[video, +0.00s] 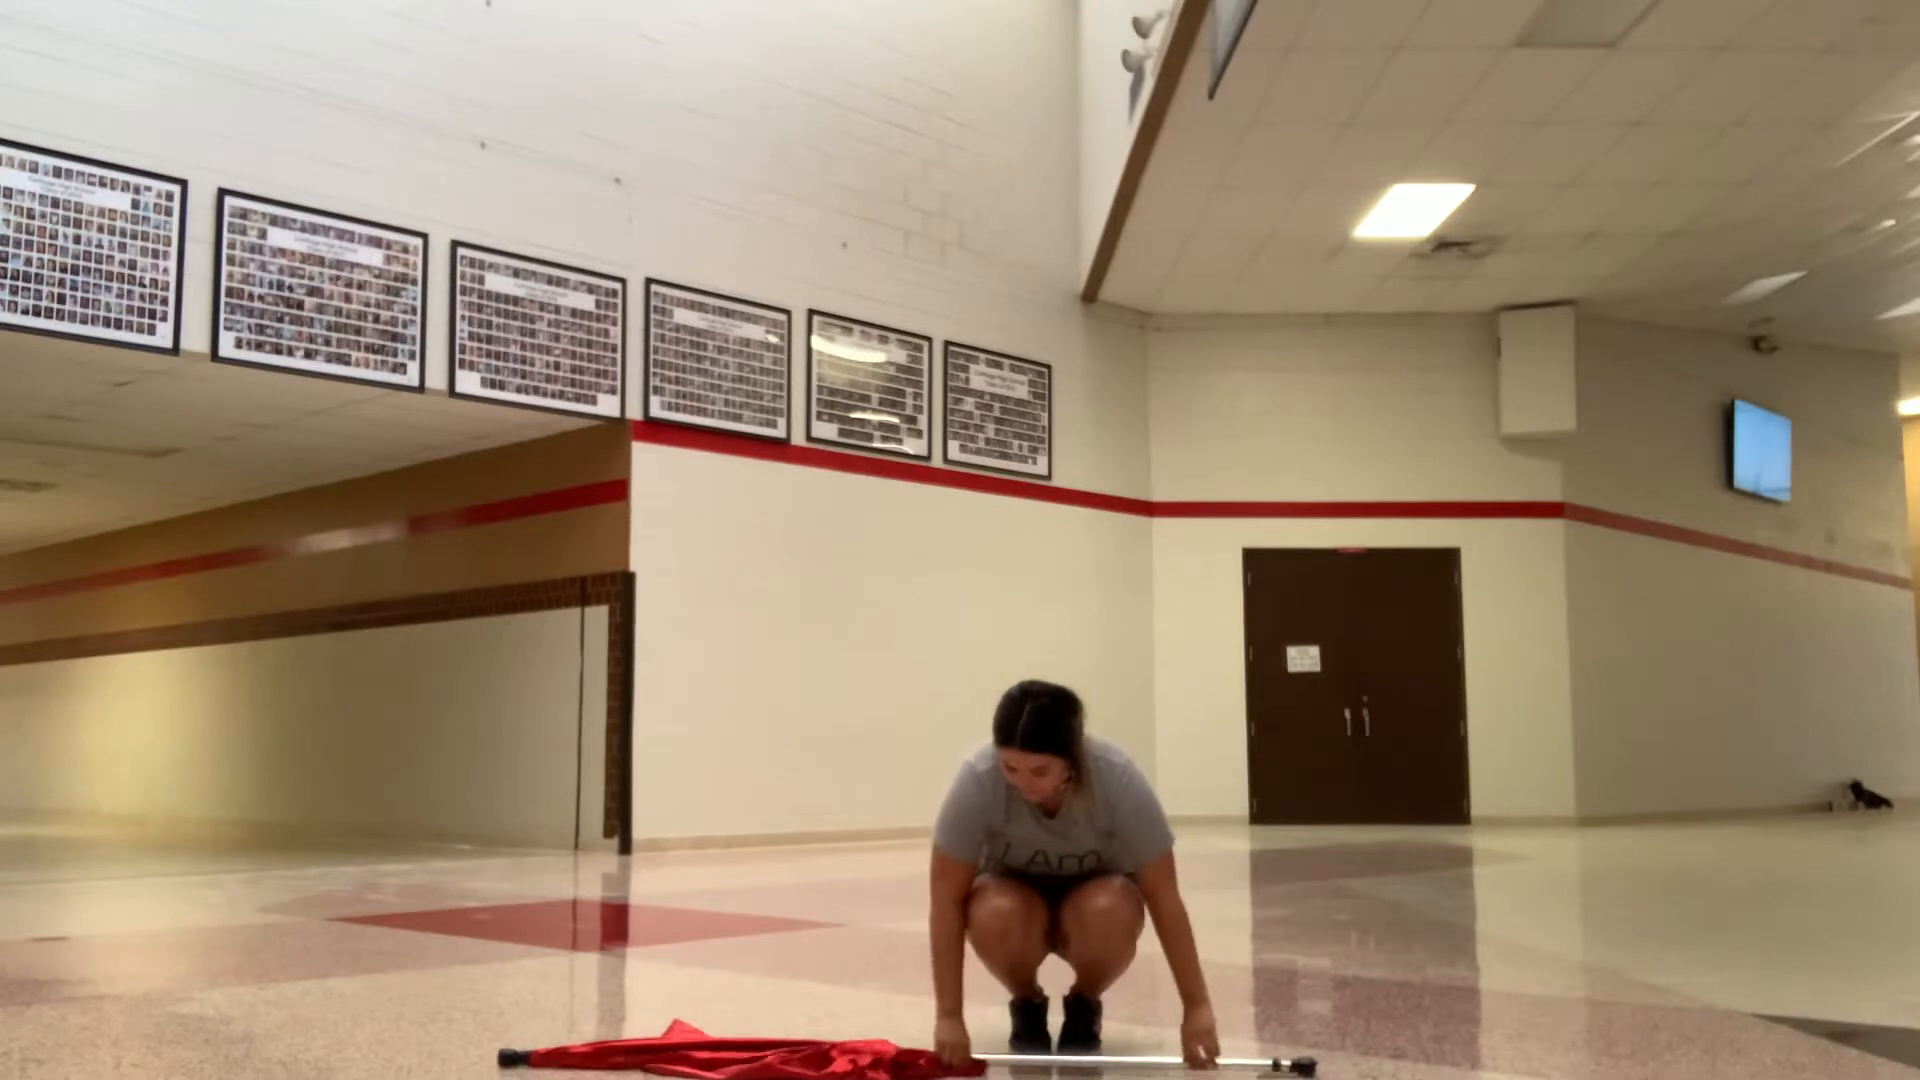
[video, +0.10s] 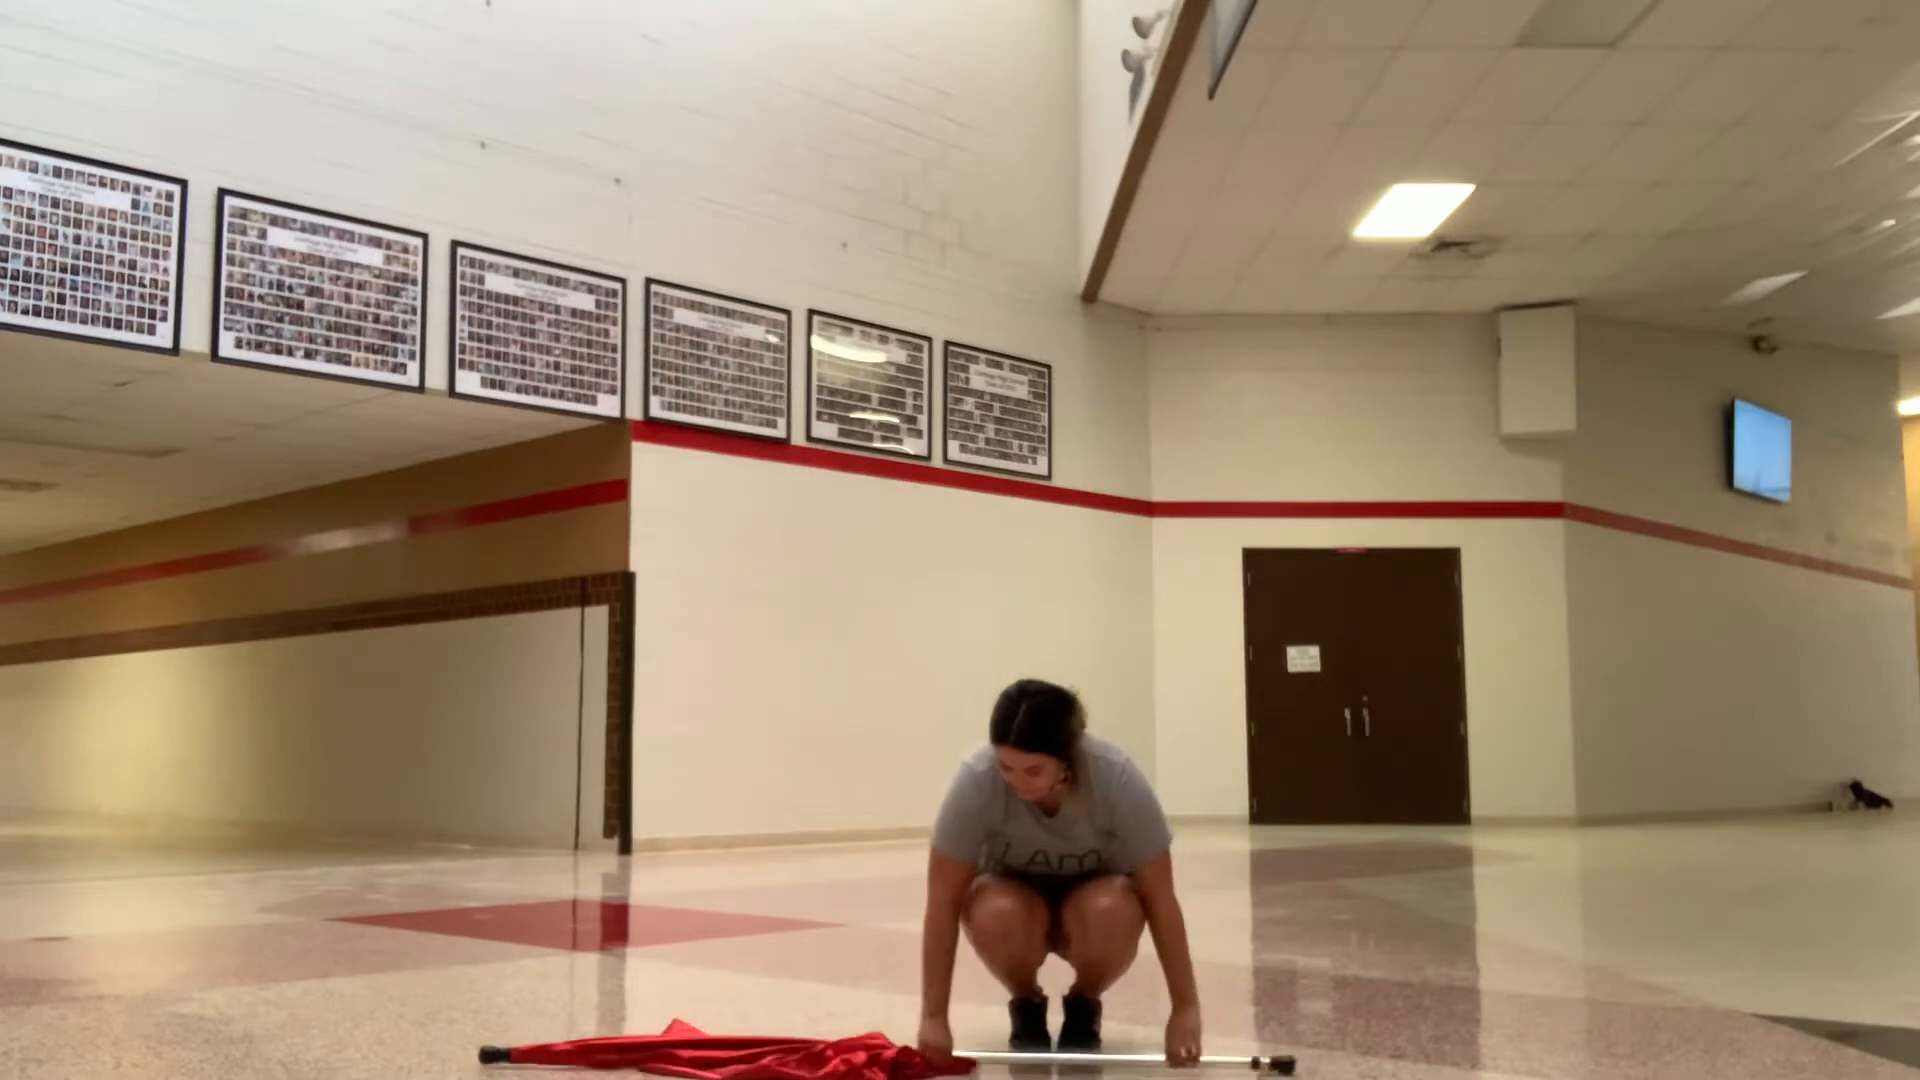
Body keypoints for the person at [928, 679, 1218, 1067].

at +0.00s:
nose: (1023, 784)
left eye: (1039, 772)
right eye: (1011, 769)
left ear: (1071, 757)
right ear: (999, 754)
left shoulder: (1119, 783)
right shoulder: (976, 783)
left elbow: (1164, 899)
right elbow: (946, 907)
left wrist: (1197, 1006)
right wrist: (949, 1016)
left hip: (1089, 909)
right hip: (1015, 909)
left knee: (1110, 909)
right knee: (995, 912)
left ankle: (1085, 1005)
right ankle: (1026, 1004)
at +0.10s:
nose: (1018, 782)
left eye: (1033, 771)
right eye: (1007, 768)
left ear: (1066, 757)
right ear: (996, 753)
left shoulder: (1119, 782)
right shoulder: (976, 783)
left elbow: (1160, 899)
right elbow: (943, 905)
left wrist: (1185, 1007)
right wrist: (934, 1016)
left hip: (1089, 911)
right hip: (1017, 909)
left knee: (1111, 909)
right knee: (996, 912)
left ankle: (1084, 1004)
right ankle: (1026, 1004)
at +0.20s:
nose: (1014, 781)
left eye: (1029, 771)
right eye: (1003, 767)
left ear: (1063, 760)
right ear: (994, 752)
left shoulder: (1118, 781)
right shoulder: (974, 787)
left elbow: (1159, 899)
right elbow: (935, 903)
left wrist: (1179, 1006)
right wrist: (920, 1014)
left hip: (1088, 910)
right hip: (1015, 909)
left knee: (1110, 909)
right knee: (997, 912)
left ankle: (1085, 1003)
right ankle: (1026, 1003)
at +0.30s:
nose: (1014, 783)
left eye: (1029, 772)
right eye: (1002, 769)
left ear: (1062, 761)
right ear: (992, 754)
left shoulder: (1116, 781)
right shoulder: (973, 786)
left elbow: (1157, 899)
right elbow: (934, 901)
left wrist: (1175, 1009)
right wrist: (916, 1013)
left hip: (1088, 910)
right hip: (1014, 909)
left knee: (1110, 909)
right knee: (997, 911)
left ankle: (1085, 1003)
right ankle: (1026, 1004)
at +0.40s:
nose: (1013, 785)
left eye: (1029, 775)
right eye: (1002, 771)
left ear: (1063, 760)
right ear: (993, 754)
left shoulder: (1116, 782)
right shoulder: (973, 787)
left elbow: (1157, 901)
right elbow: (936, 904)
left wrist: (1179, 1014)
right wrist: (917, 1014)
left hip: (1089, 910)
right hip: (1016, 909)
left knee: (1108, 911)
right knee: (994, 911)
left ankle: (1084, 1004)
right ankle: (1025, 1004)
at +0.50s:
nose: (1023, 788)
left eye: (1038, 776)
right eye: (1009, 775)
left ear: (1068, 758)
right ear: (996, 758)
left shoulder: (1116, 783)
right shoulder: (974, 785)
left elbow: (1156, 903)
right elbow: (937, 903)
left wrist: (1178, 1016)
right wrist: (917, 1014)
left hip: (1089, 913)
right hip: (1017, 912)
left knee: (1106, 913)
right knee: (992, 911)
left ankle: (1084, 1004)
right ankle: (1025, 1004)